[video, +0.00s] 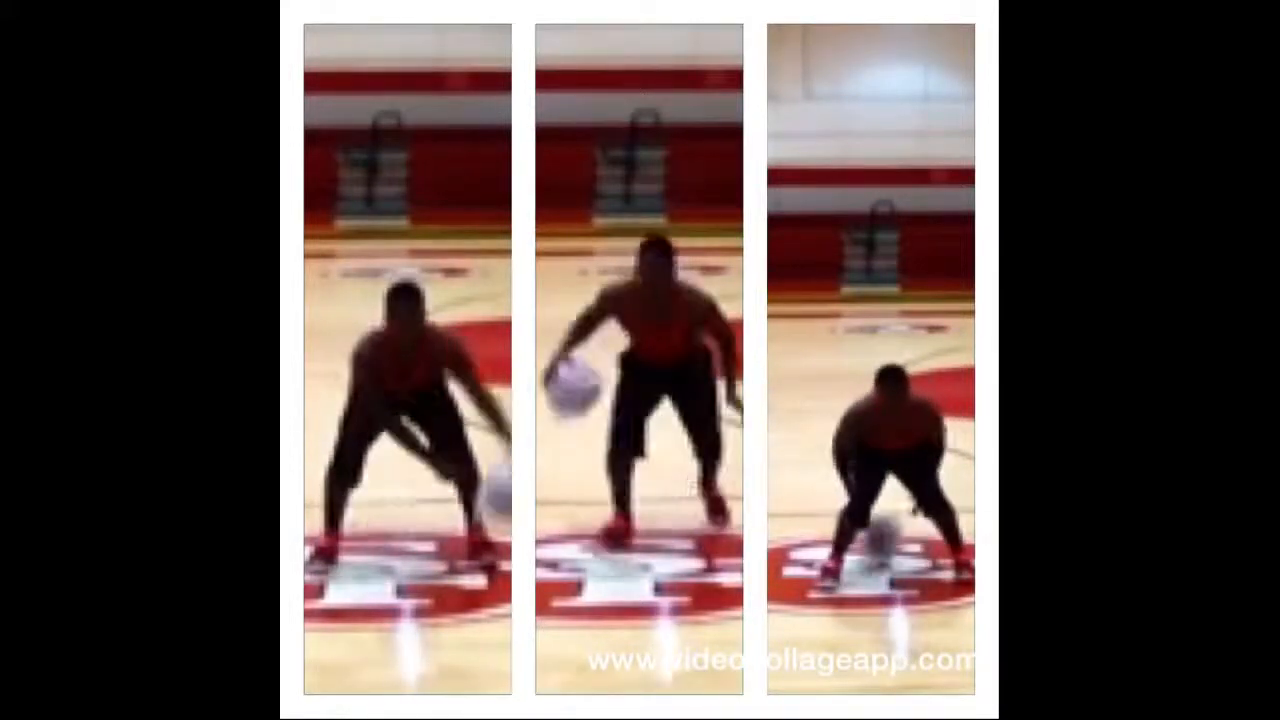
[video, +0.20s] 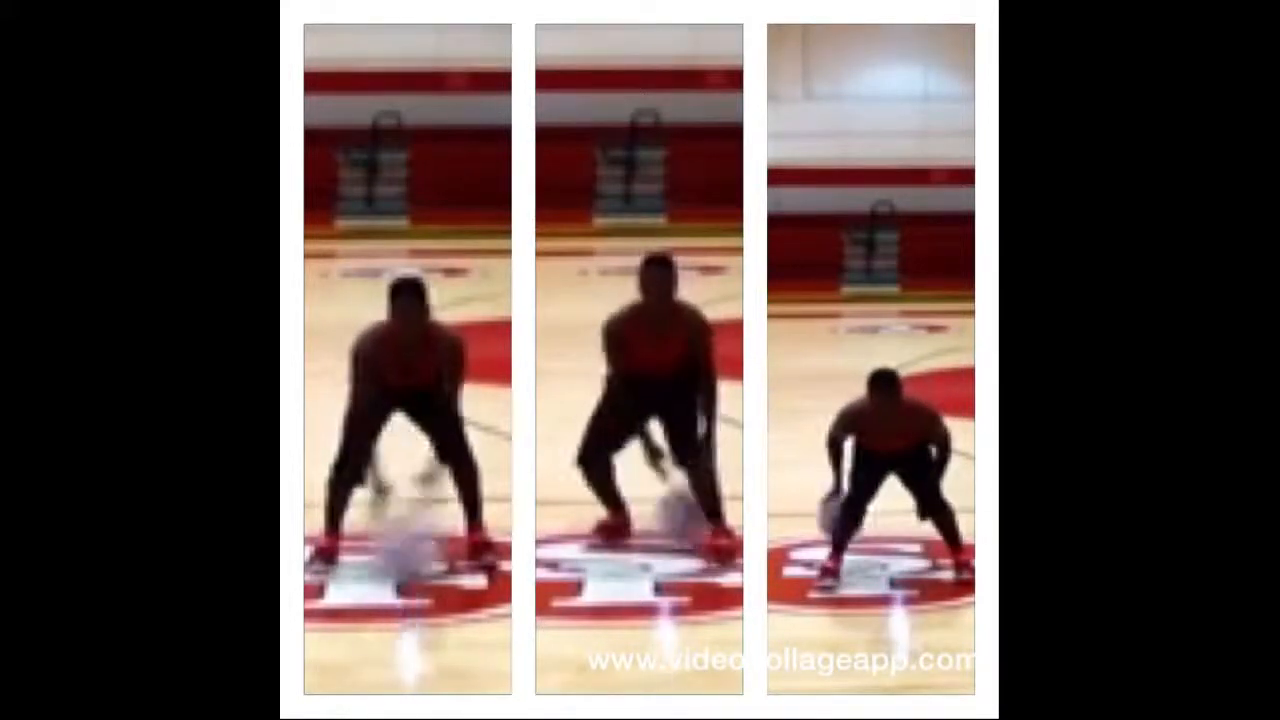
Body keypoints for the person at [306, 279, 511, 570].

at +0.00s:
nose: (406, 327)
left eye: (413, 318)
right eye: (399, 318)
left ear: (422, 315)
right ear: (388, 317)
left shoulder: (440, 345)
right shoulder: (370, 351)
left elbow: (477, 392)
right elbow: (385, 418)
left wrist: (506, 435)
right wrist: (432, 461)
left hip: (426, 398)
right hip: (375, 401)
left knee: (463, 464)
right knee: (341, 471)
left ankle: (475, 531)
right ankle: (330, 540)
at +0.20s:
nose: (408, 323)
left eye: (415, 314)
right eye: (402, 314)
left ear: (426, 311)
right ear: (391, 313)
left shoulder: (447, 345)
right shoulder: (370, 346)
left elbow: (449, 406)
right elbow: (360, 417)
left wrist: (440, 457)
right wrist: (372, 472)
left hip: (426, 396)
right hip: (376, 397)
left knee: (462, 460)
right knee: (347, 466)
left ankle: (476, 534)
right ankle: (331, 539)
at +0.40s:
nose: (394, 324)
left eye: (402, 315)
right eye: (388, 315)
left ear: (412, 312)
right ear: (377, 313)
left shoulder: (434, 345)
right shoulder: (357, 347)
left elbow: (422, 417)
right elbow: (337, 401)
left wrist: (389, 462)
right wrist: (321, 448)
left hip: (424, 396)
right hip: (372, 397)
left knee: (457, 459)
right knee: (346, 459)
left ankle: (476, 534)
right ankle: (330, 540)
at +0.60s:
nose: (402, 327)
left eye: (409, 318)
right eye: (396, 319)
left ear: (419, 316)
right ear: (385, 318)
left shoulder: (437, 345)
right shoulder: (368, 354)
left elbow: (478, 381)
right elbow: (357, 414)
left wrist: (510, 415)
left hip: (420, 405)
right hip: (369, 406)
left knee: (459, 466)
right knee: (340, 474)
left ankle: (476, 537)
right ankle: (329, 541)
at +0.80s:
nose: (401, 323)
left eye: (407, 313)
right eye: (393, 313)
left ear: (418, 311)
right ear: (383, 312)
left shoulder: (440, 345)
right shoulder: (362, 349)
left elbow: (444, 408)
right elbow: (354, 419)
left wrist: (427, 464)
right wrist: (362, 480)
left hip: (423, 395)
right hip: (373, 395)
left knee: (456, 457)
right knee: (348, 459)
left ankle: (476, 533)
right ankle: (330, 538)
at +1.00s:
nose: (392, 328)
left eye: (399, 319)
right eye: (386, 319)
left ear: (411, 315)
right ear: (376, 316)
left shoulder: (432, 346)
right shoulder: (355, 349)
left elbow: (424, 419)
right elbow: (340, 406)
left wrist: (398, 464)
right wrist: (333, 444)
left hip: (423, 399)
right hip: (372, 399)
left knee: (457, 464)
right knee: (343, 465)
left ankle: (476, 534)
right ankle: (328, 545)